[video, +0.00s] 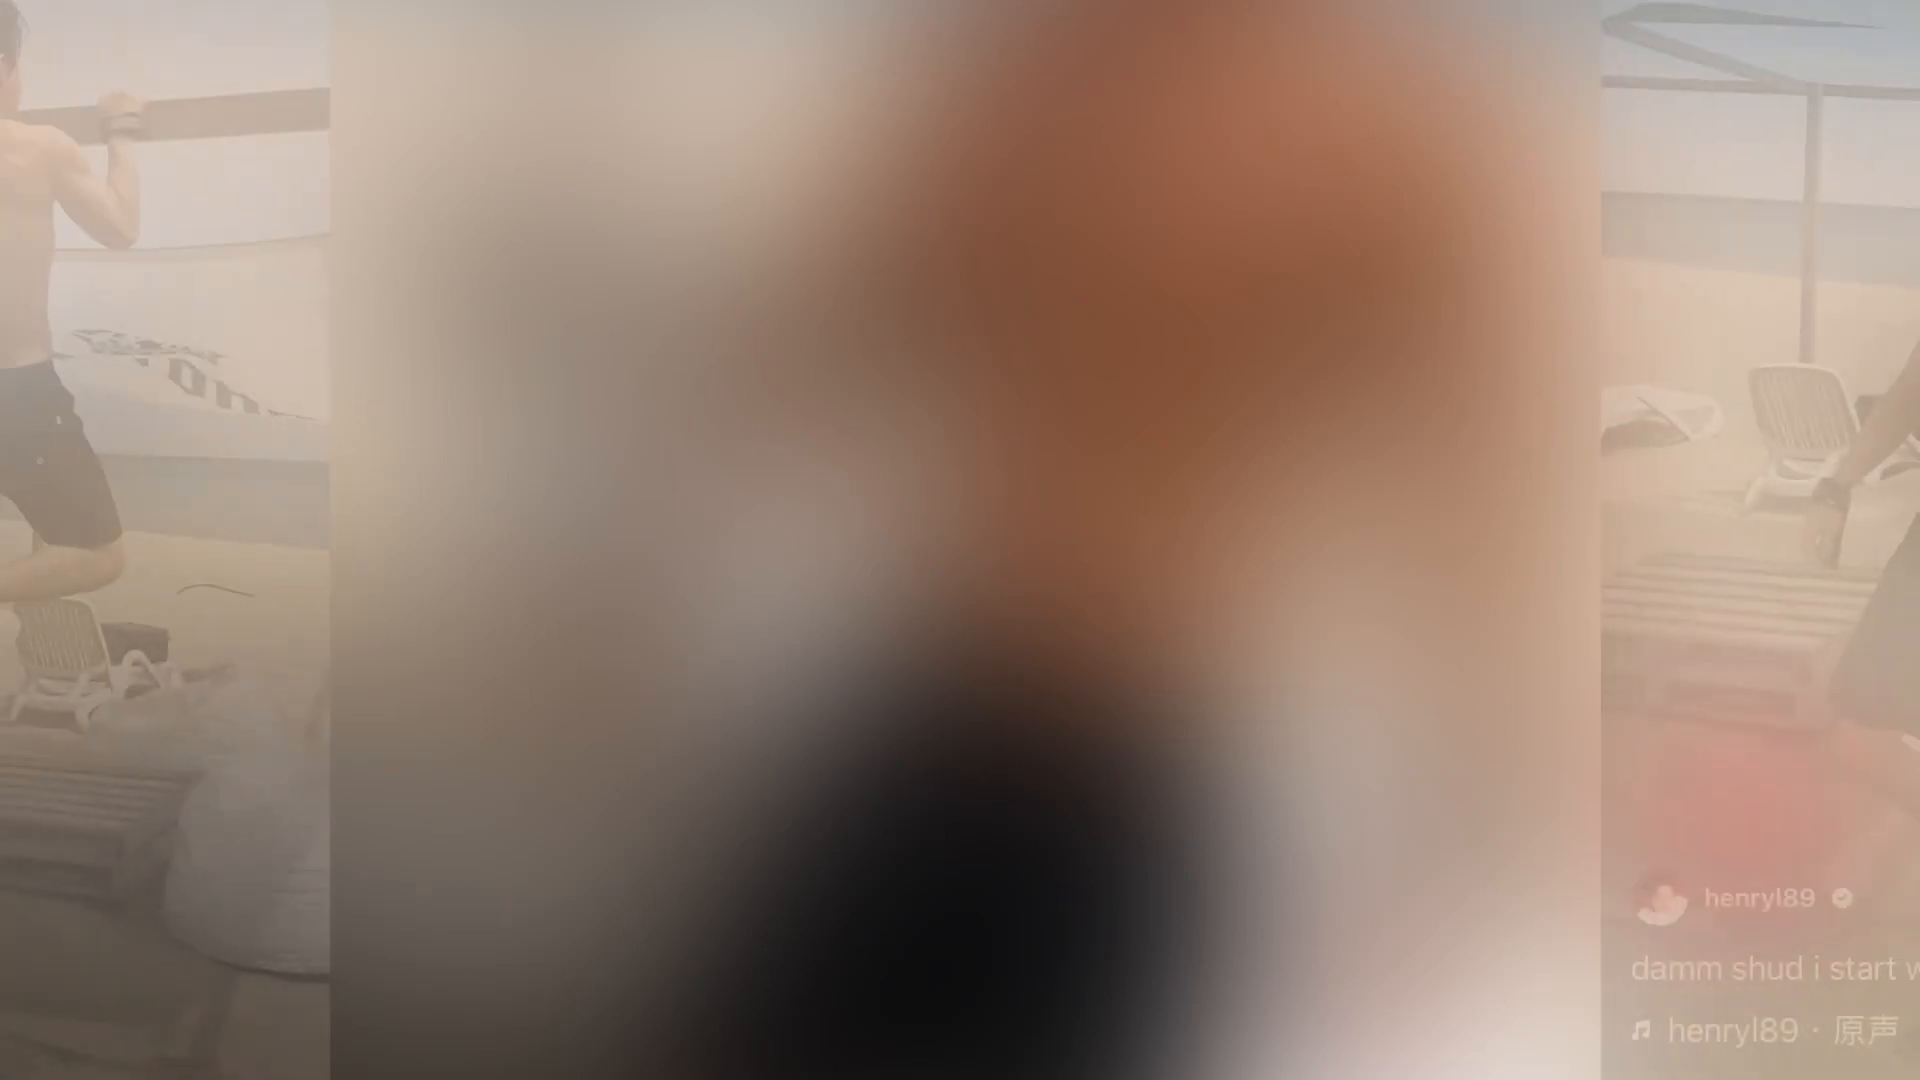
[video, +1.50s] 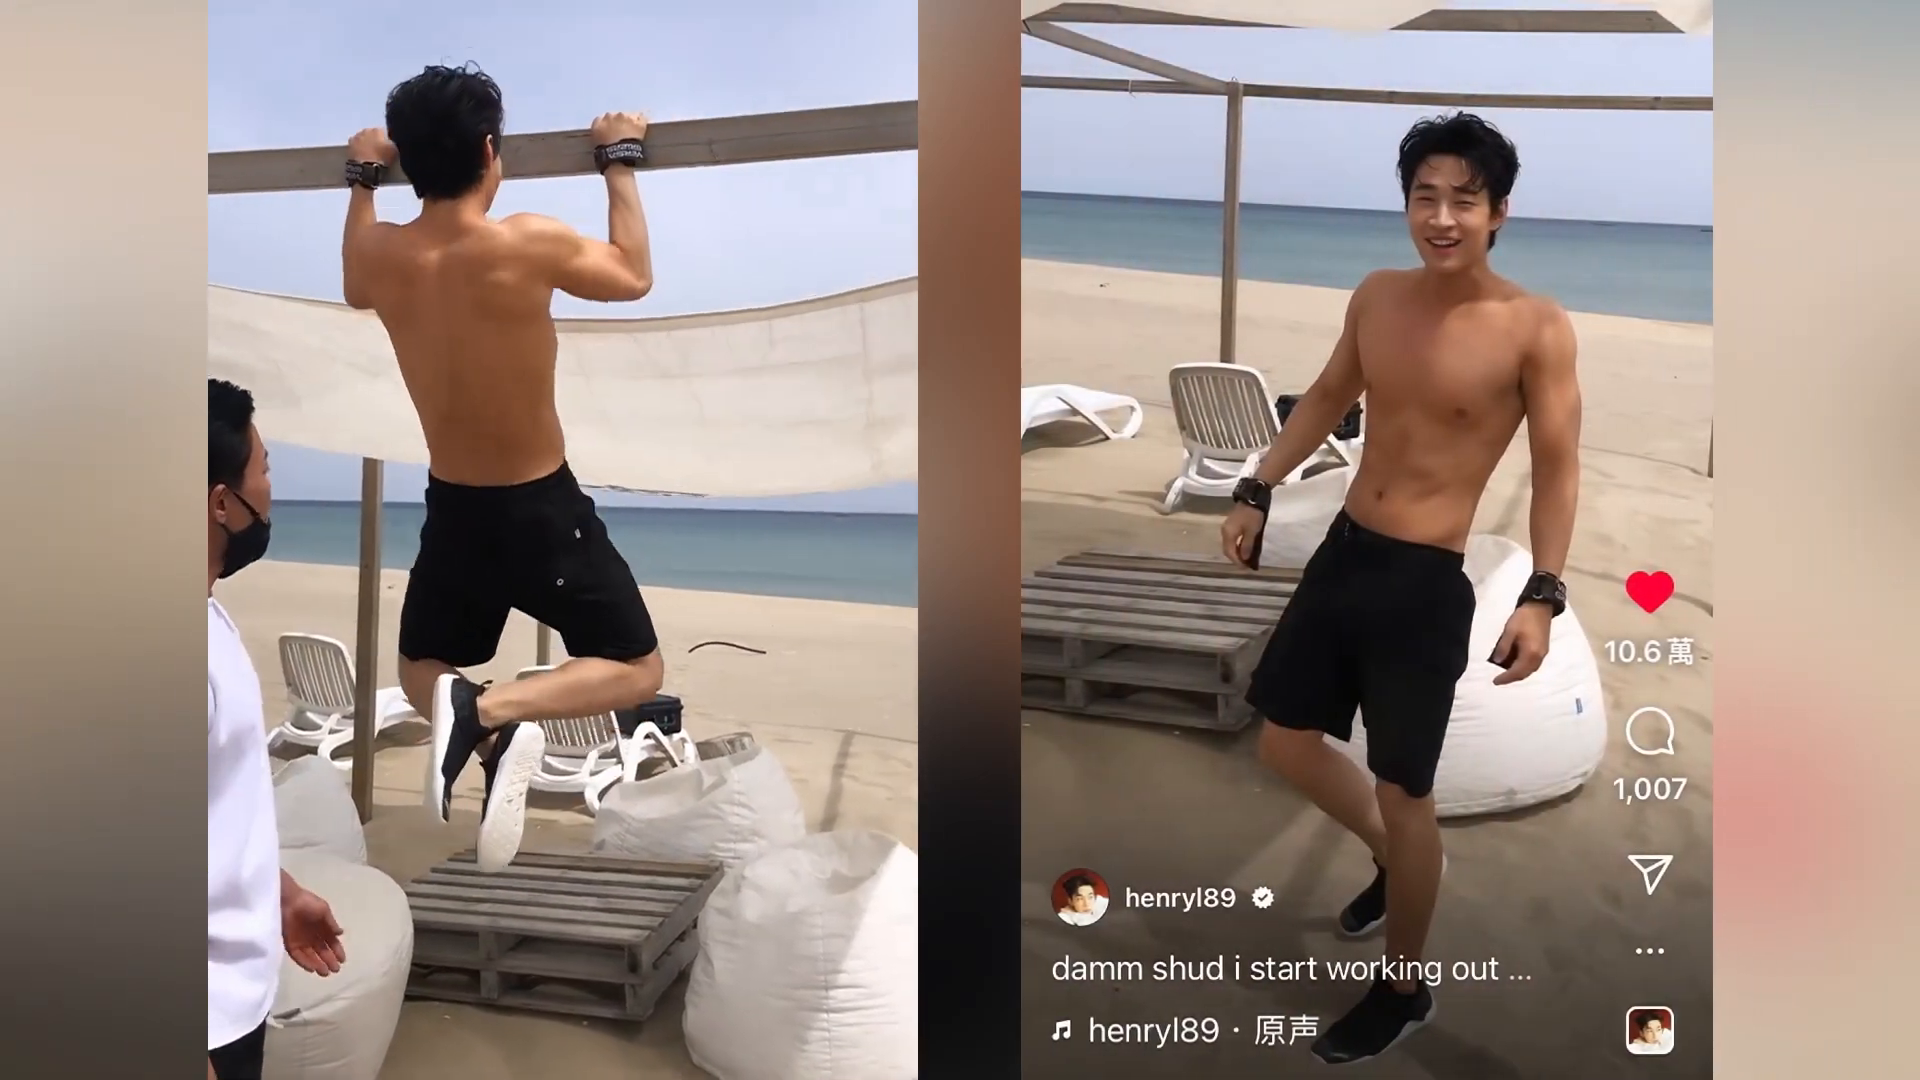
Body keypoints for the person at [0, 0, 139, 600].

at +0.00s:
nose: (18, 80)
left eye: (14, 65)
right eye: (15, 65)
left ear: (9, 68)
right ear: (7, 68)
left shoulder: (37, 148)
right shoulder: (37, 147)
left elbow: (118, 228)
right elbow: (120, 229)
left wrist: (120, 138)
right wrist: (123, 136)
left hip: (18, 379)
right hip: (17, 381)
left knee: (53, 549)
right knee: (98, 556)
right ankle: (0, 587)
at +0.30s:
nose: (287, 98)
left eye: (280, 83)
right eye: (277, 85)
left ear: (220, 102)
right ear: (248, 97)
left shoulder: (173, 186)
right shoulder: (304, 178)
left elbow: (146, 244)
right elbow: (389, 233)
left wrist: (152, 151)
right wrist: (384, 135)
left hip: (215, 425)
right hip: (295, 427)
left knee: (172, 575)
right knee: (359, 584)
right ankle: (222, 608)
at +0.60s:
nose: (454, 193)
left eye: (449, 180)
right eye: (449, 181)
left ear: (373, 204)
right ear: (431, 199)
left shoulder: (358, 282)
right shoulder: (484, 267)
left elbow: (332, 238)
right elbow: (572, 240)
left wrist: (328, 152)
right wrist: (564, 137)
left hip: (411, 503)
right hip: (487, 504)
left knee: (374, 635)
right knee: (551, 656)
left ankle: (421, 722)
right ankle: (413, 690)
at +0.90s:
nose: (532, 262)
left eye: (520, 255)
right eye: (526, 255)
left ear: (452, 286)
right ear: (519, 275)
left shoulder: (445, 356)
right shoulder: (565, 337)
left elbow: (410, 267)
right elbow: (641, 262)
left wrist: (397, 167)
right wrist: (635, 151)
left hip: (498, 571)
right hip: (576, 573)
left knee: (452, 703)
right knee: (635, 732)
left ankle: (512, 801)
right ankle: (495, 774)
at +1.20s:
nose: (529, 248)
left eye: (522, 238)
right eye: (523, 239)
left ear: (443, 269)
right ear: (518, 259)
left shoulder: (433, 345)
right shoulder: (564, 333)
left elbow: (405, 270)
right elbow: (651, 272)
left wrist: (393, 178)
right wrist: (641, 161)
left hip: (502, 571)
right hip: (583, 570)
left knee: (455, 709)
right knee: (657, 736)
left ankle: (517, 806)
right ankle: (511, 774)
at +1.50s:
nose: (501, 150)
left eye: (496, 139)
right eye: (496, 139)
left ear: (405, 165)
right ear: (489, 153)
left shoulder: (383, 254)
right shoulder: (528, 243)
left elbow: (357, 285)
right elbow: (632, 274)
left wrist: (361, 178)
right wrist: (619, 163)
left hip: (454, 512)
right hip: (542, 508)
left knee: (423, 675)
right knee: (639, 673)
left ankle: (498, 749)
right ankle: (483, 707)